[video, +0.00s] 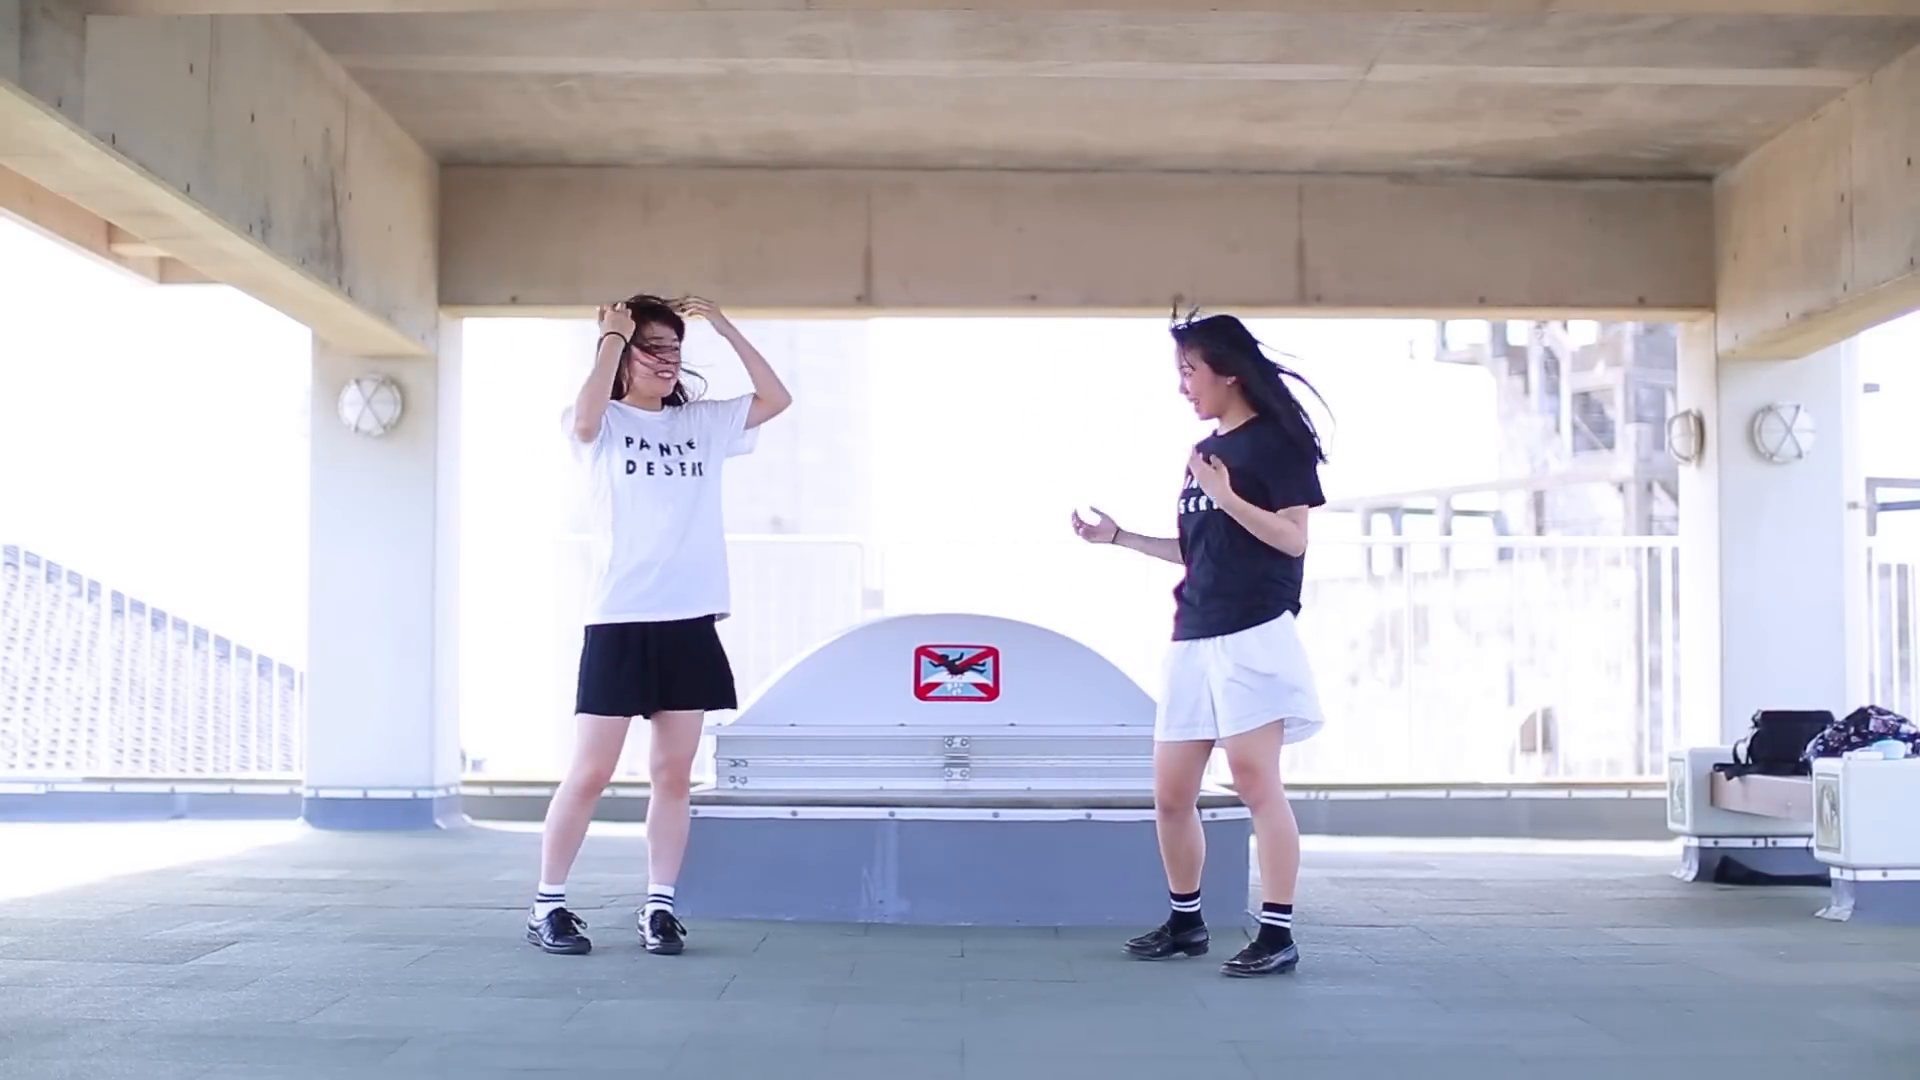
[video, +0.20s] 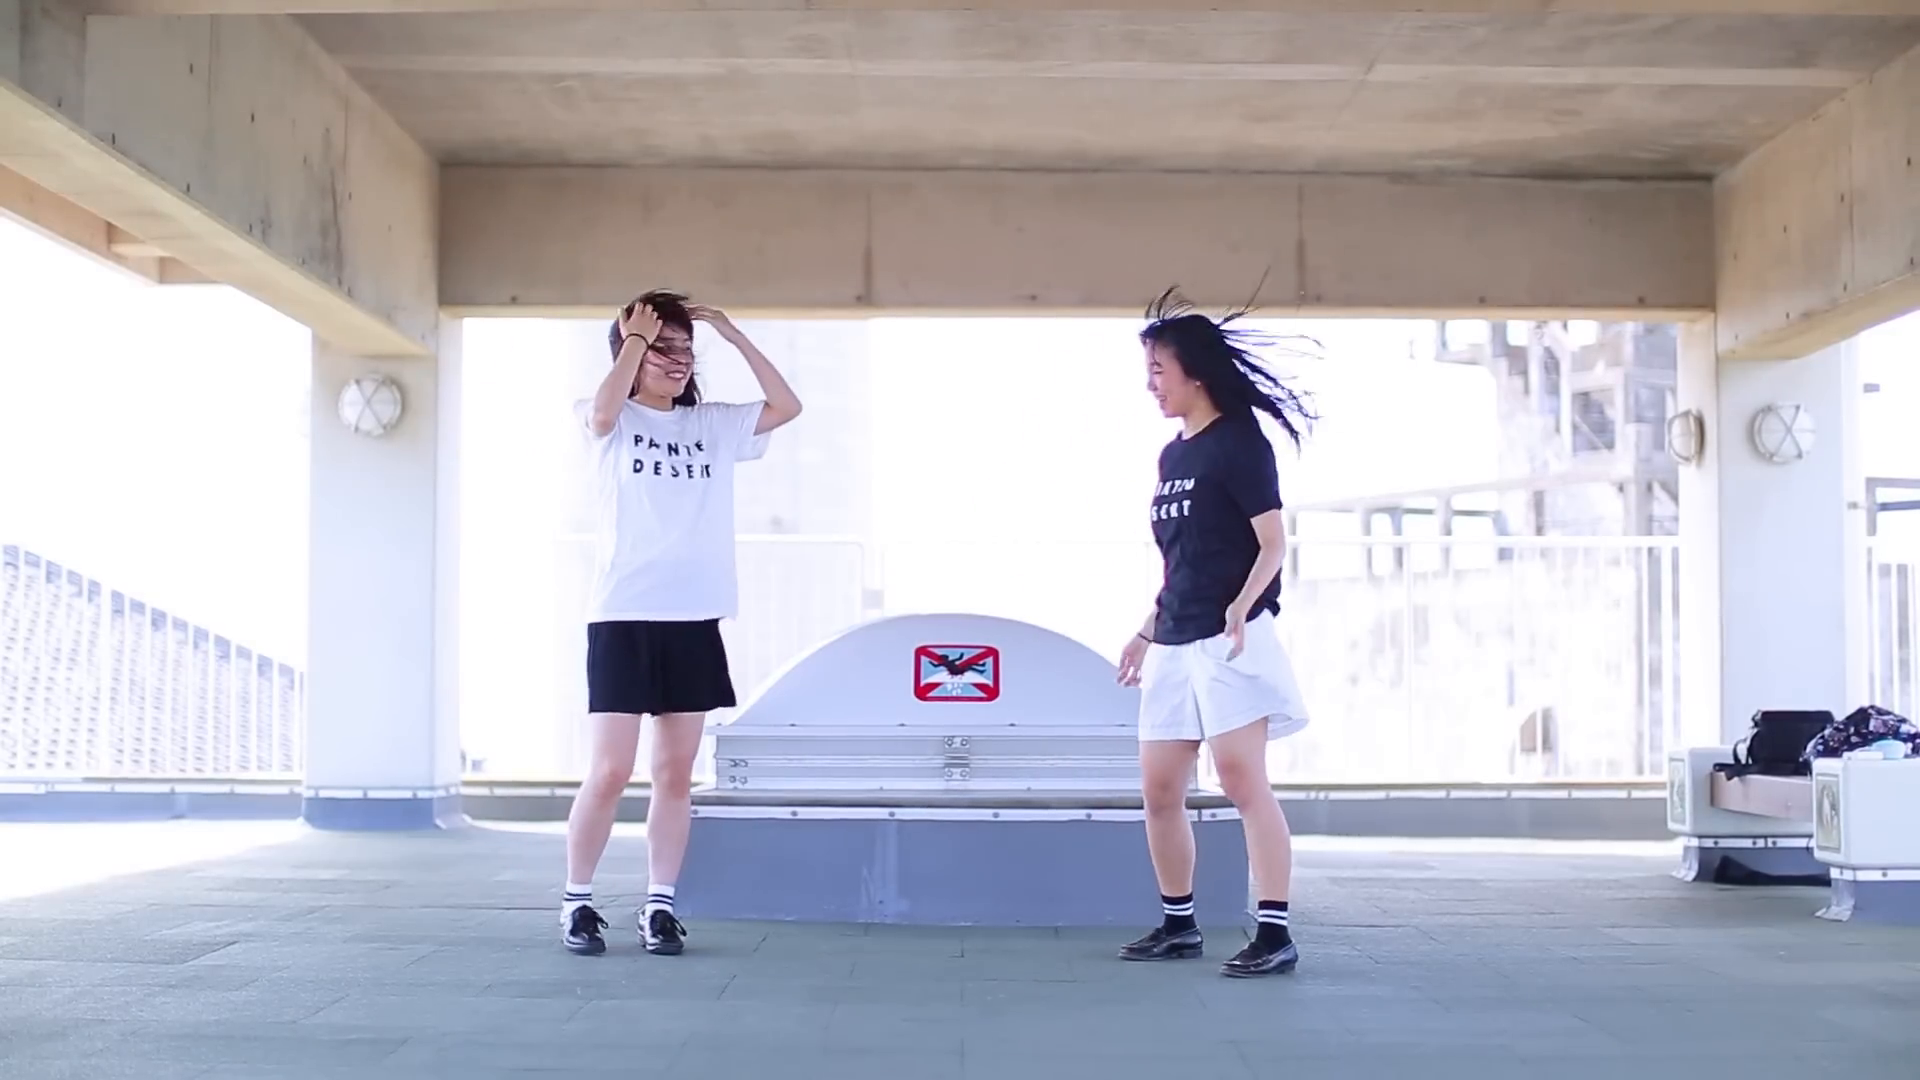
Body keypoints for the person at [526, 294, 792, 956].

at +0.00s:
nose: (661, 359)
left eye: (671, 350)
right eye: (649, 348)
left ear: (682, 358)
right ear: (623, 352)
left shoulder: (704, 419)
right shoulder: (599, 418)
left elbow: (775, 399)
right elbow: (585, 420)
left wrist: (725, 326)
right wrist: (610, 343)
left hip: (691, 621)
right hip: (618, 621)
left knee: (673, 776)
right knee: (590, 775)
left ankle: (659, 910)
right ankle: (548, 908)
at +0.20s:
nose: (669, 357)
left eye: (679, 348)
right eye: (657, 347)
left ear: (693, 357)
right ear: (629, 354)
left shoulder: (714, 422)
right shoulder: (608, 416)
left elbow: (786, 406)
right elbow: (603, 413)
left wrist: (733, 334)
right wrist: (633, 345)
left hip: (696, 620)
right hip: (622, 618)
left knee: (675, 776)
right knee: (610, 772)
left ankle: (660, 907)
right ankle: (578, 901)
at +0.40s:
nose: (677, 359)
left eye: (686, 349)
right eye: (665, 348)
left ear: (698, 358)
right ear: (635, 355)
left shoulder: (715, 423)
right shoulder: (612, 413)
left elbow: (787, 412)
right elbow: (612, 411)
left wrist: (737, 339)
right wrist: (645, 343)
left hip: (703, 617)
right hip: (627, 616)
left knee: (674, 774)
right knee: (614, 772)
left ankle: (661, 906)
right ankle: (591, 908)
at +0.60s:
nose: (682, 361)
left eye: (690, 352)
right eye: (669, 350)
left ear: (701, 359)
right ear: (638, 357)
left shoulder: (716, 424)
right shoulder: (615, 414)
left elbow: (788, 415)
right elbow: (614, 411)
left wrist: (740, 342)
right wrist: (649, 347)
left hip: (695, 620)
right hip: (623, 618)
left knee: (673, 775)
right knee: (611, 771)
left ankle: (661, 907)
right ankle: (591, 908)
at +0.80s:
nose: (683, 360)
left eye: (693, 350)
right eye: (670, 349)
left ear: (703, 358)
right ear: (639, 355)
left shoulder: (718, 426)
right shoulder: (616, 412)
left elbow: (789, 418)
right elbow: (605, 409)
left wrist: (739, 347)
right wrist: (649, 352)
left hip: (692, 619)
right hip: (619, 617)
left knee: (673, 773)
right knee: (609, 771)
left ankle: (661, 908)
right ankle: (591, 908)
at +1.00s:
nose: (681, 363)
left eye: (691, 353)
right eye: (669, 352)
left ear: (701, 359)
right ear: (638, 356)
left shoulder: (715, 426)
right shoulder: (615, 412)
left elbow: (787, 422)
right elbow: (590, 414)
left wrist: (730, 350)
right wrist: (644, 360)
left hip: (689, 622)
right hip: (616, 618)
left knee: (672, 775)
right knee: (604, 773)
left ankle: (661, 908)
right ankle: (590, 909)